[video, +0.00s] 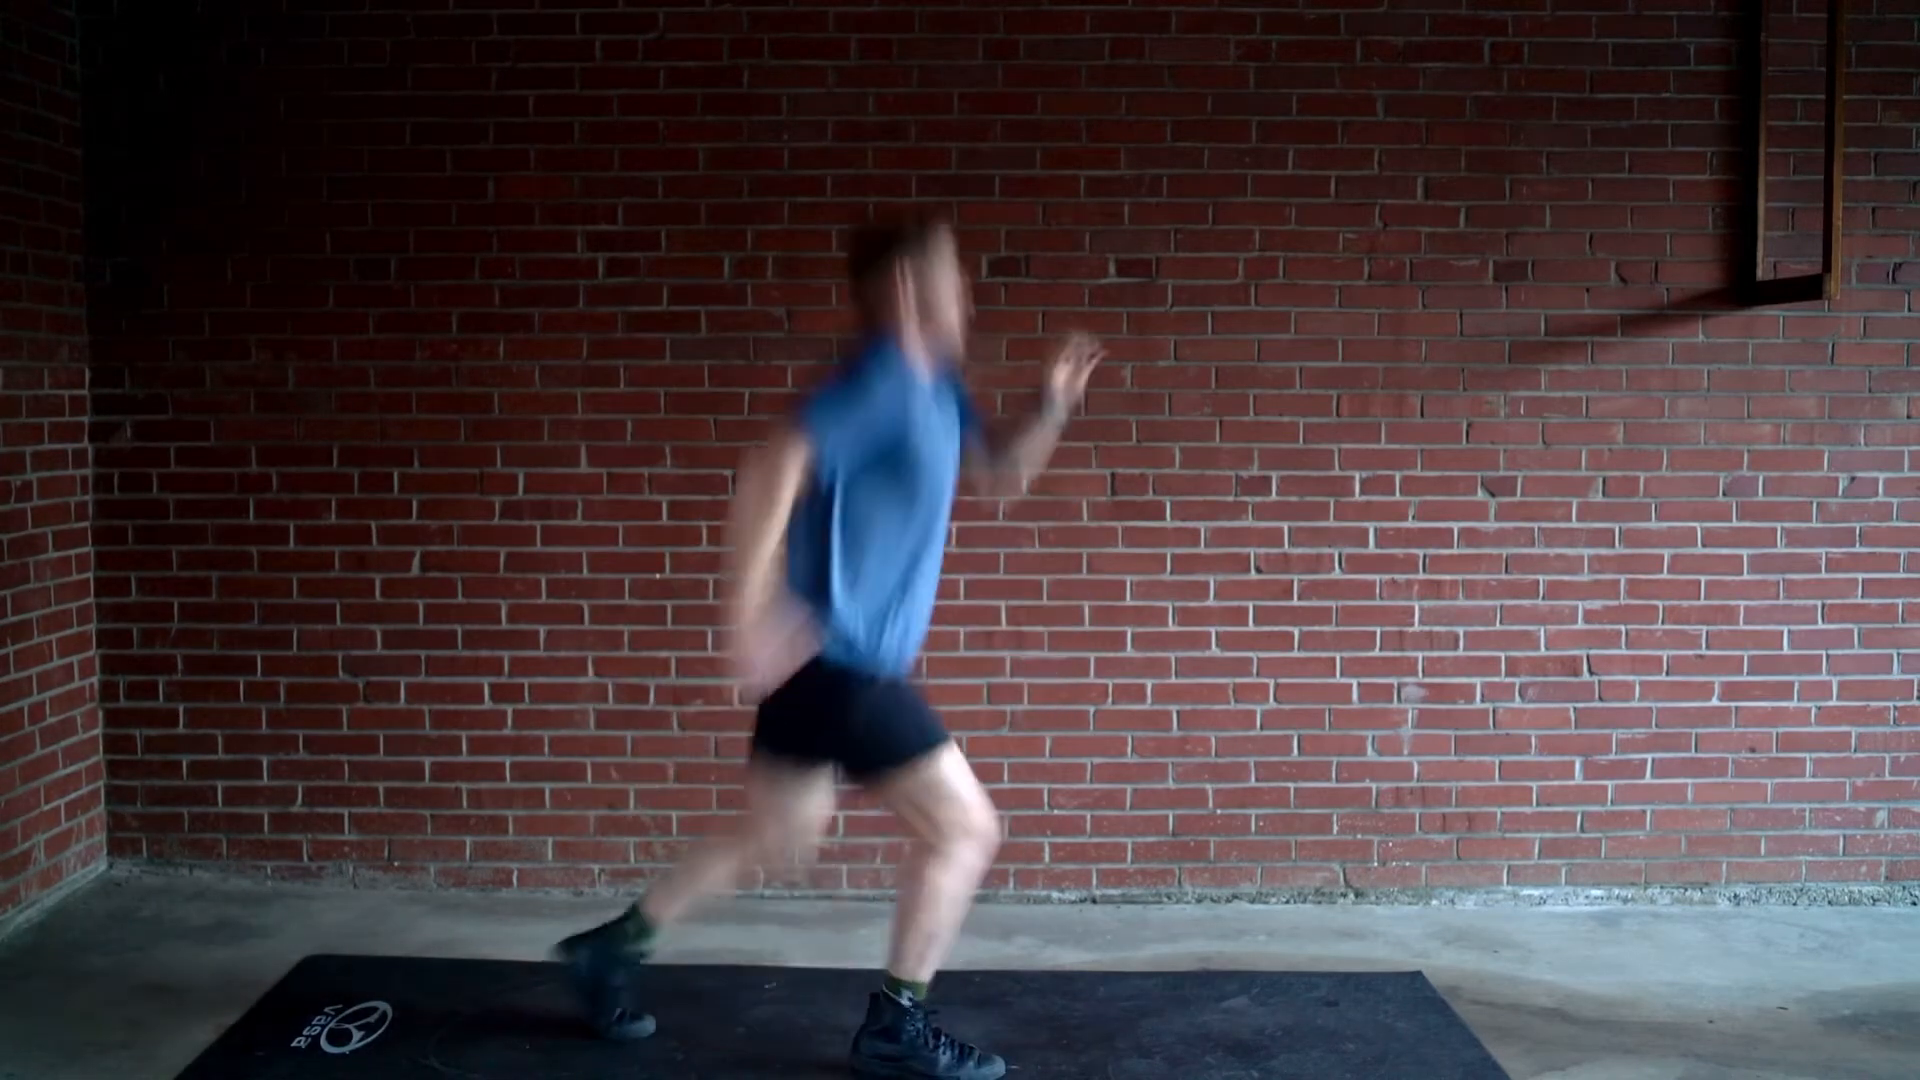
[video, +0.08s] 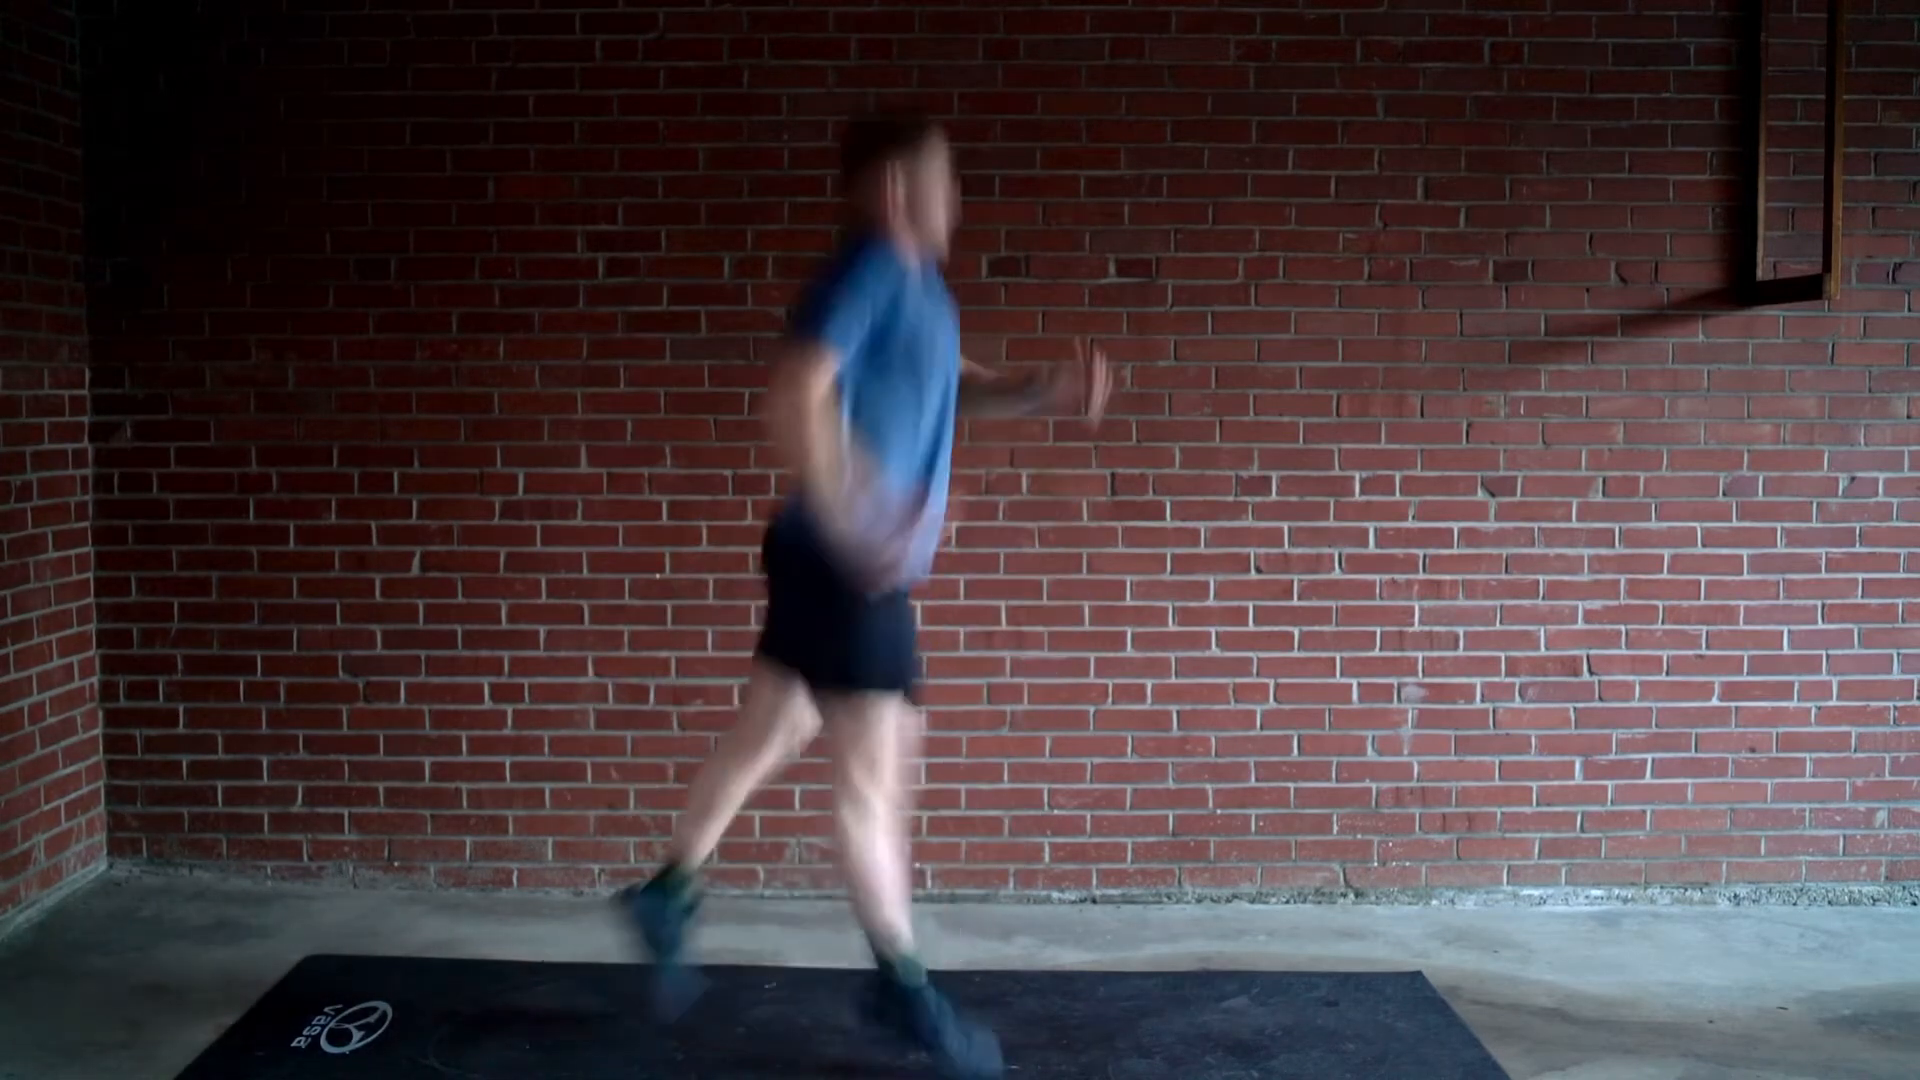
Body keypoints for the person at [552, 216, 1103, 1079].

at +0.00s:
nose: (963, 292)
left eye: (960, 275)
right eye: (944, 275)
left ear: (943, 288)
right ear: (898, 289)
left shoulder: (942, 392)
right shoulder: (881, 382)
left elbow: (1001, 473)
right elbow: (777, 457)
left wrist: (1052, 410)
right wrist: (749, 605)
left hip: (840, 662)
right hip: (841, 665)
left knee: (776, 837)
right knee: (964, 831)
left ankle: (614, 945)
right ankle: (896, 1025)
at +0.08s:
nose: (951, 193)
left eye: (950, 176)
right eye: (935, 175)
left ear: (928, 190)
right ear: (886, 187)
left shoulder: (922, 284)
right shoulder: (870, 274)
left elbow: (934, 383)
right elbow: (797, 395)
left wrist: (1035, 388)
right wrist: (845, 519)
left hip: (853, 543)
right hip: (844, 548)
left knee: (763, 731)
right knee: (871, 771)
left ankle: (669, 891)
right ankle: (901, 979)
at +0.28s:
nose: (969, 98)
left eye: (967, 81)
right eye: (958, 81)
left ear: (908, 86)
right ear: (910, 84)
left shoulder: (895, 176)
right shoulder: (875, 178)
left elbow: (909, 308)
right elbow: (946, 307)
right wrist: (1043, 231)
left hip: (867, 451)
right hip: (833, 450)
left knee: (877, 648)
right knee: (825, 667)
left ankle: (824, 841)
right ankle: (685, 832)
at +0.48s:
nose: (988, 208)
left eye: (984, 188)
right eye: (973, 188)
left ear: (914, 195)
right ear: (922, 192)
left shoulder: (853, 287)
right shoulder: (915, 296)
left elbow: (753, 363)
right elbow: (1009, 421)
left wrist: (674, 437)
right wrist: (1040, 294)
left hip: (868, 565)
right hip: (824, 567)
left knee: (927, 739)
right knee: (769, 774)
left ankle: (916, 938)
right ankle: (611, 911)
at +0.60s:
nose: (1003, 362)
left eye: (999, 341)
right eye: (990, 342)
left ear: (938, 348)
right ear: (942, 347)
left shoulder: (876, 431)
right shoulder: (922, 452)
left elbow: (767, 482)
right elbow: (1002, 597)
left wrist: (700, 550)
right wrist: (1044, 478)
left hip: (870, 699)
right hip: (802, 704)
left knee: (971, 812)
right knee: (787, 920)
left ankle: (896, 985)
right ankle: (586, 970)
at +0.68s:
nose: (1015, 445)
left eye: (1010, 425)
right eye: (1002, 425)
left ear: (948, 436)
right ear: (954, 436)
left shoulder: (879, 505)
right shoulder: (929, 537)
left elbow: (772, 570)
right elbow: (1000, 686)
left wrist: (704, 657)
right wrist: (1053, 571)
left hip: (847, 748)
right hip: (785, 763)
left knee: (981, 819)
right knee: (802, 982)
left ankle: (897, 988)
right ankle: (598, 972)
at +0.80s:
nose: (1023, 516)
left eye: (1020, 499)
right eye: (1013, 499)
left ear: (954, 513)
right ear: (966, 511)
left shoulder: (871, 566)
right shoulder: (936, 607)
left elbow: (763, 624)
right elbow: (1016, 755)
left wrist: (694, 690)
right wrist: (1057, 641)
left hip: (832, 789)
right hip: (778, 814)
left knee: (981, 823)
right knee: (816, 1025)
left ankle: (899, 987)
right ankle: (627, 980)